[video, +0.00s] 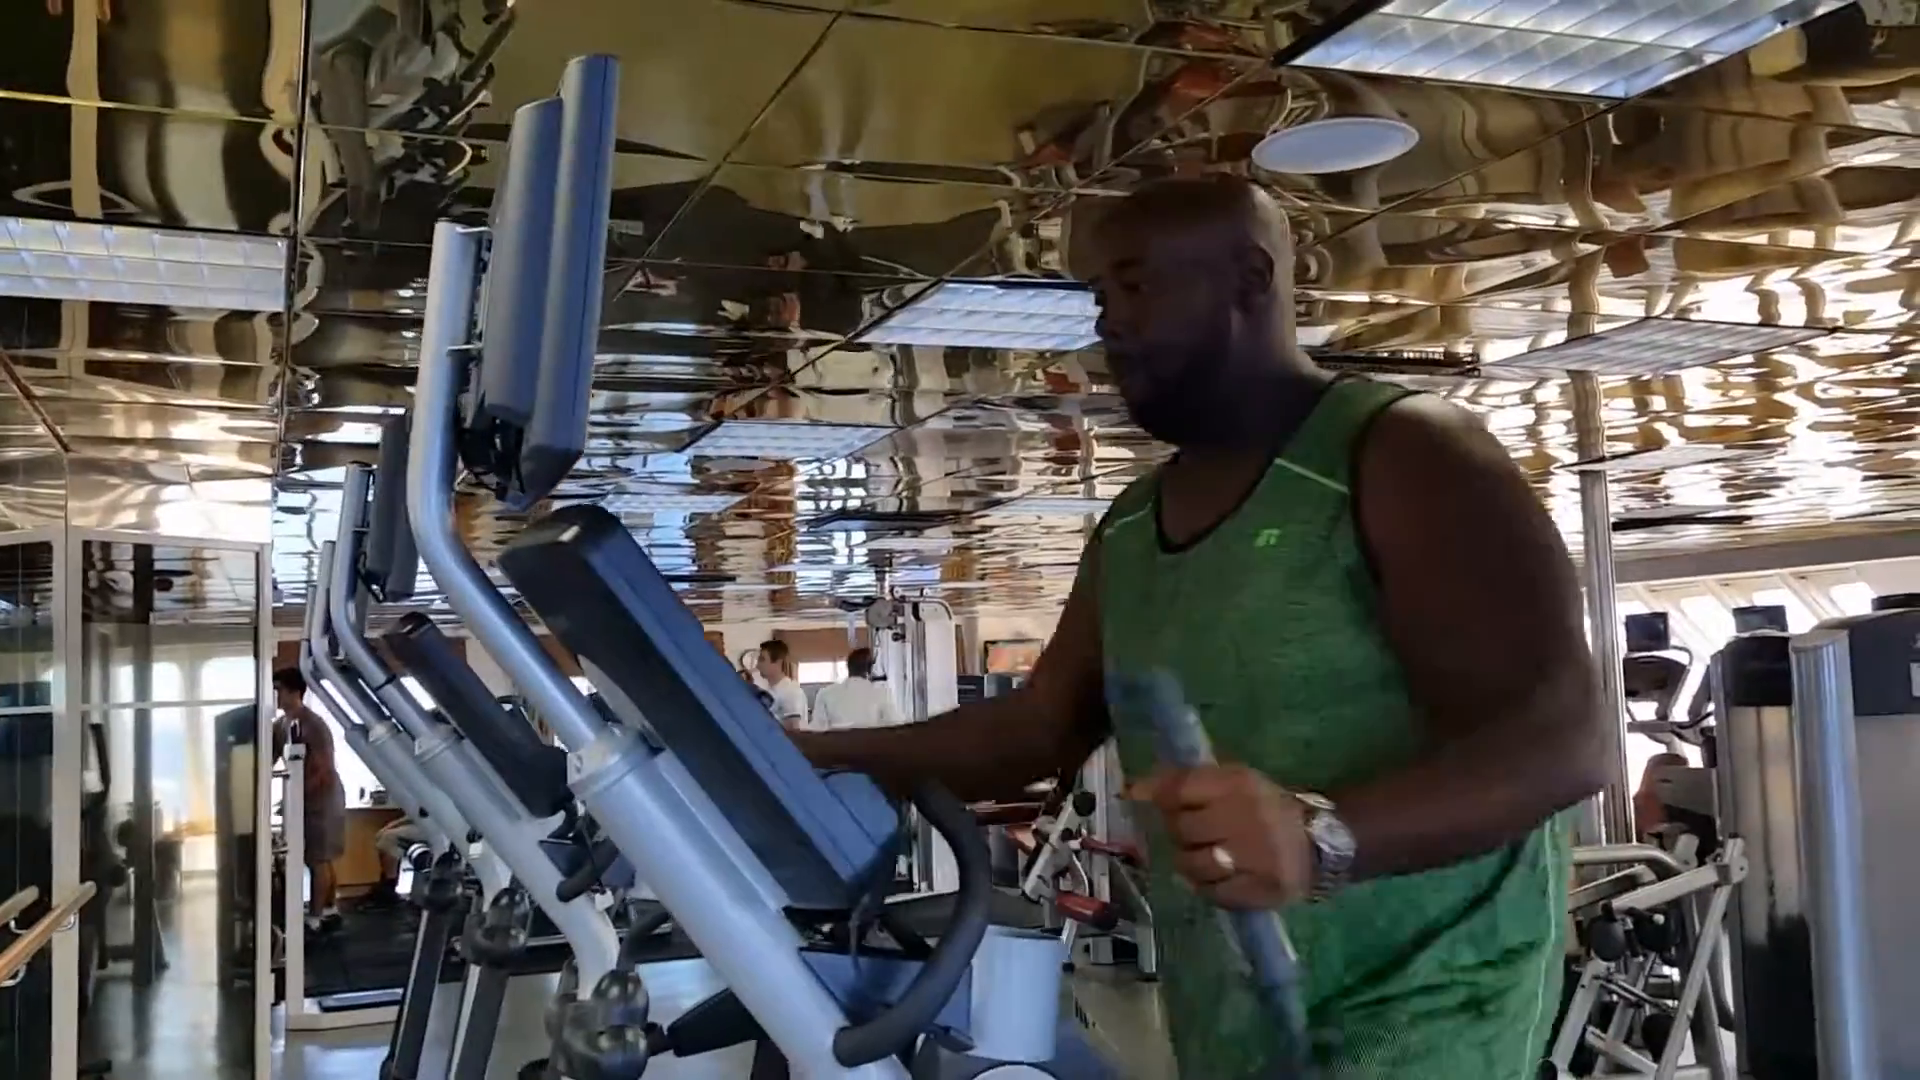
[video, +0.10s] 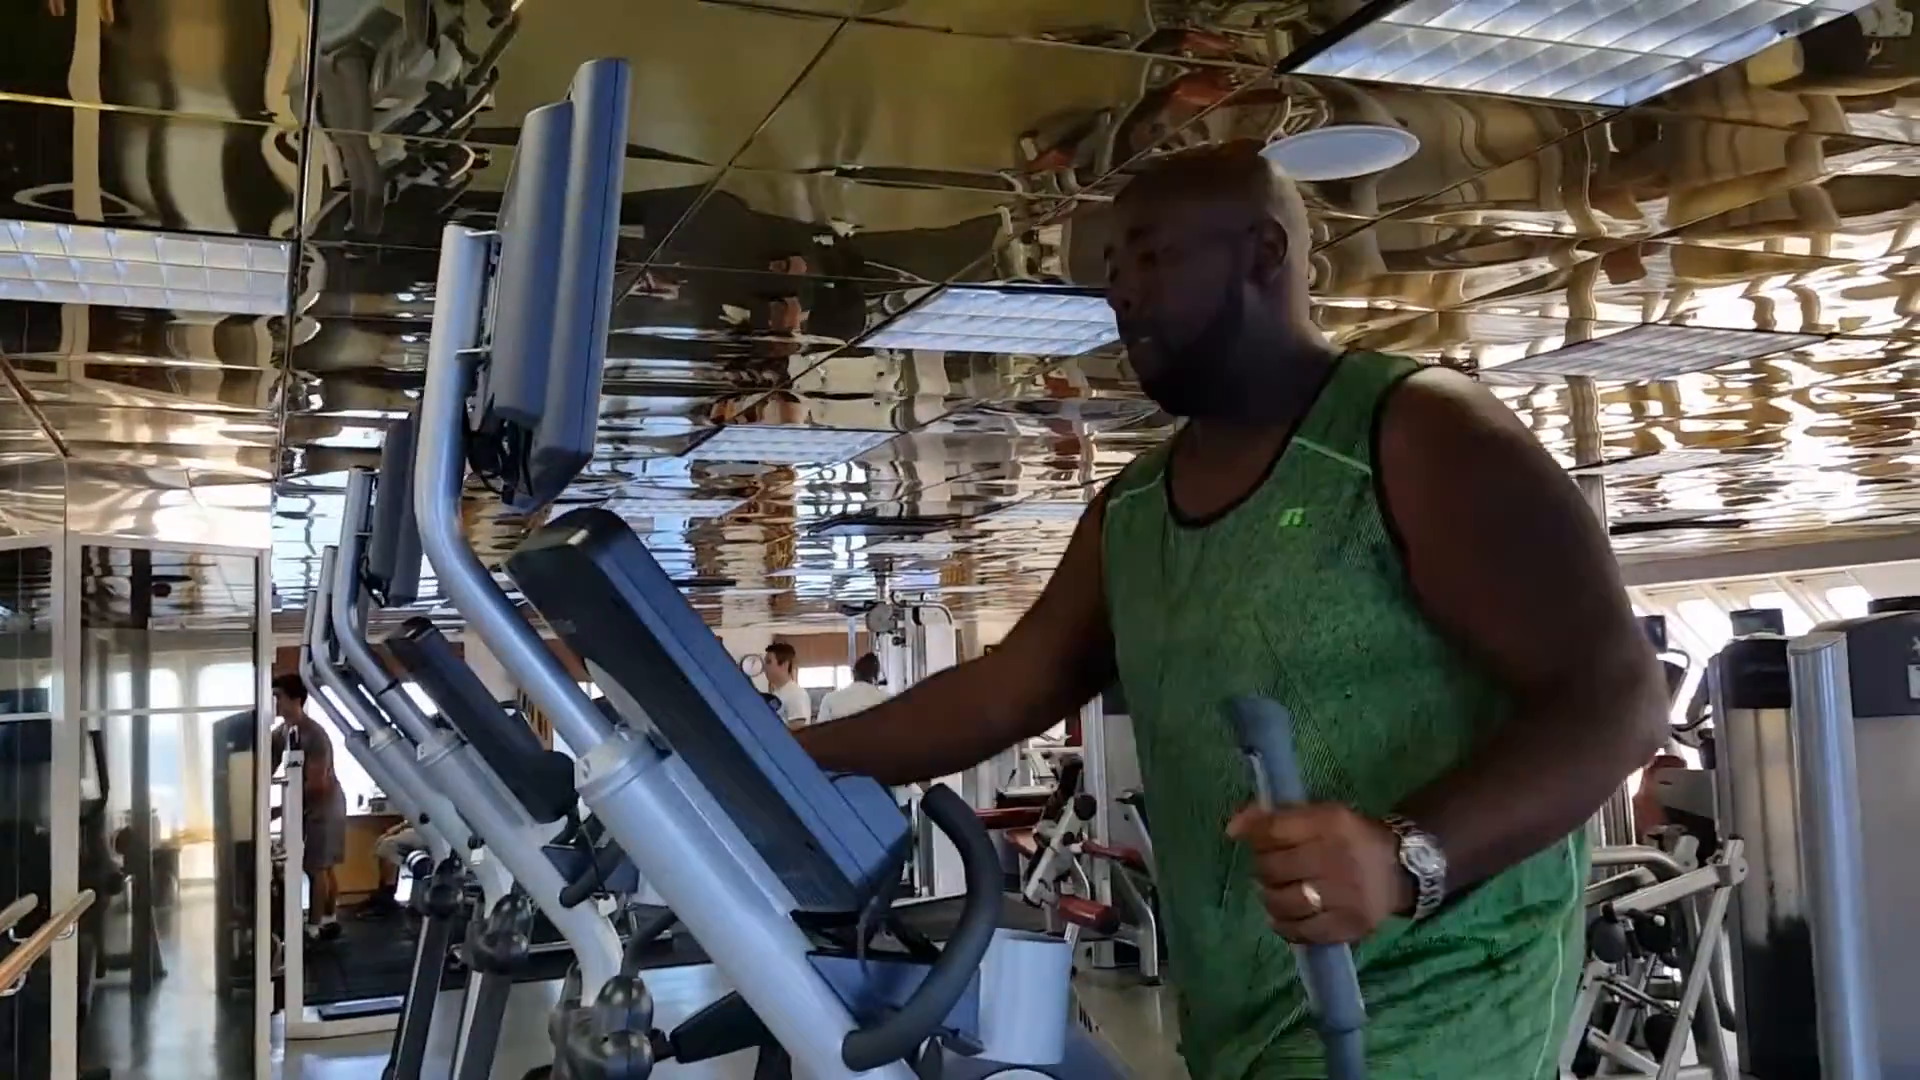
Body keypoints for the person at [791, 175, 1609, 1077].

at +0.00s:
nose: (1103, 328)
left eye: (1130, 285)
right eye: (1097, 298)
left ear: (1250, 285)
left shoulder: (1414, 461)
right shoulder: (1129, 533)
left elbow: (1568, 739)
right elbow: (1038, 732)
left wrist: (1327, 835)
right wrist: (818, 755)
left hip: (1426, 1009)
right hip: (1221, 1014)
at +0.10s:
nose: (1119, 295)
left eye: (1149, 258)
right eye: (1115, 270)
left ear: (1260, 259)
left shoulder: (1424, 432)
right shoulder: (1132, 511)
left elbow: (1619, 693)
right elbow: (1007, 689)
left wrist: (1414, 858)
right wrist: (793, 754)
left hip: (1439, 1010)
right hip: (1230, 1016)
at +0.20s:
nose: (1119, 269)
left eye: (1154, 229)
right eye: (1124, 234)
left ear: (1273, 230)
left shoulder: (1432, 404)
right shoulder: (1138, 494)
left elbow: (1631, 667)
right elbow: (974, 673)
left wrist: (1436, 861)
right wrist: (768, 764)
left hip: (1462, 1017)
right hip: (1252, 1020)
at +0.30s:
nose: (1127, 258)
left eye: (1158, 213)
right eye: (1120, 227)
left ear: (1286, 214)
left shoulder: (1447, 388)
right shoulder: (1151, 487)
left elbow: (1631, 660)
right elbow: (1001, 664)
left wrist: (1409, 842)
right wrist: (788, 763)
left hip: (1491, 1021)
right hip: (1260, 1023)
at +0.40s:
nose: (1151, 284)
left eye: (1189, 243)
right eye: (1151, 252)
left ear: (1308, 245)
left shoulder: (1462, 423)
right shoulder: (1176, 512)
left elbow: (1622, 702)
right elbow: (1056, 688)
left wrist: (1344, 838)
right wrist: (828, 766)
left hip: (1514, 1036)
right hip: (1269, 1040)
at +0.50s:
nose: (1173, 334)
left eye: (1205, 294)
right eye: (1173, 304)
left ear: (1324, 300)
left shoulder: (1477, 481)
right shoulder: (1221, 545)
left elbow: (1576, 780)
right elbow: (1108, 746)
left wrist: (1258, 829)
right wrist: (892, 775)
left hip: (1513, 1053)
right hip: (1269, 1051)